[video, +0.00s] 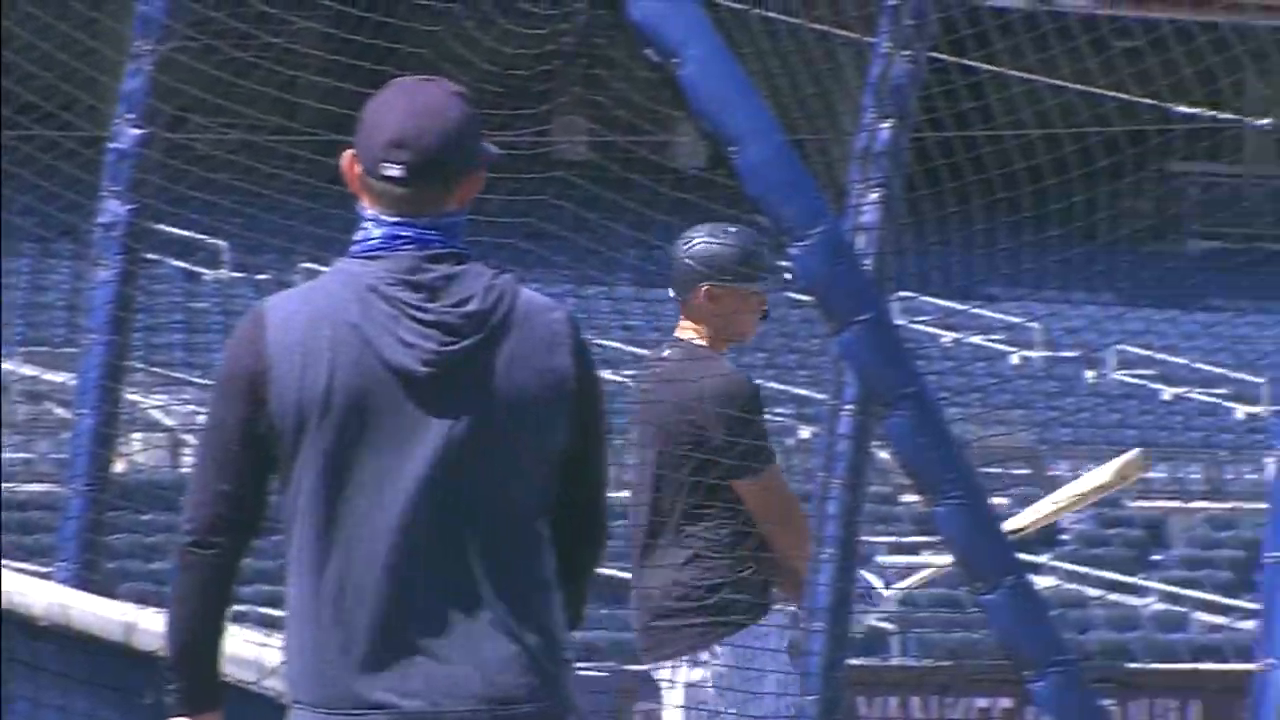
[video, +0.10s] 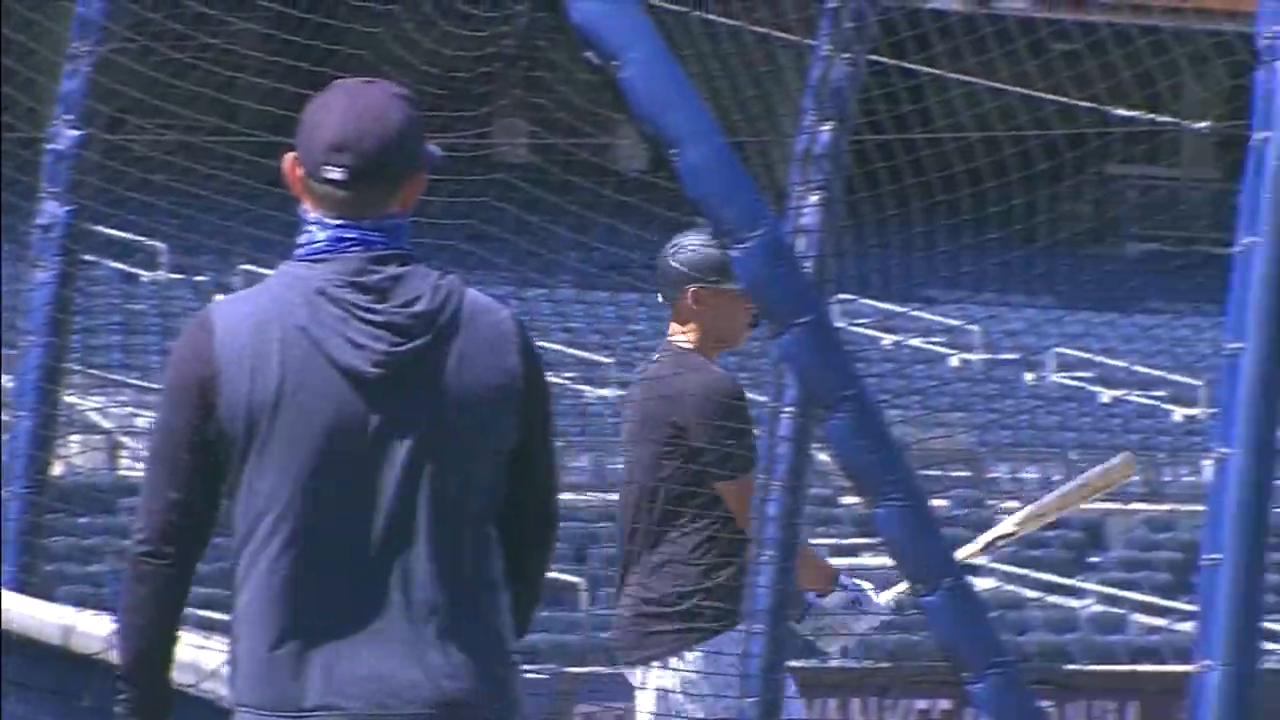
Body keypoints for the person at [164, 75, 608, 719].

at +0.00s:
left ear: (351, 172)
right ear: (473, 188)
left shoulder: (278, 332)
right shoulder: (546, 333)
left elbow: (212, 532)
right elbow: (581, 530)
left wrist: (196, 694)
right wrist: (536, 630)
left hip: (340, 696)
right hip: (513, 695)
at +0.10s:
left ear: (292, 177)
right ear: (417, 190)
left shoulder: (224, 338)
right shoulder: (496, 336)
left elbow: (162, 547)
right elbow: (531, 534)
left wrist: (146, 697)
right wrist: (477, 650)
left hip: (287, 692)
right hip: (458, 693)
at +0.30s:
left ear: (200, 184)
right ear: (324, 193)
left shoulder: (138, 347)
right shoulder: (412, 338)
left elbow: (89, 563)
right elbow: (454, 542)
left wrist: (89, 702)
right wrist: (411, 657)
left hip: (200, 699)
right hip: (379, 695)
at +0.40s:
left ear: (188, 186)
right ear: (310, 193)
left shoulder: (122, 346)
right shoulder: (399, 336)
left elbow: (76, 567)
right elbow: (444, 540)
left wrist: (91, 702)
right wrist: (400, 669)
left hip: (185, 699)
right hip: (365, 696)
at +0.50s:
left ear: (192, 188)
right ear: (315, 194)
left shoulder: (123, 346)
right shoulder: (401, 339)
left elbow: (77, 564)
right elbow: (448, 543)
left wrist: (101, 705)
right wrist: (417, 680)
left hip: (183, 698)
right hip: (362, 696)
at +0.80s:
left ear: (238, 185)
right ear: (360, 188)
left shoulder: (164, 337)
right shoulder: (443, 332)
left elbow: (119, 542)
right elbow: (497, 534)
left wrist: (141, 696)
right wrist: (488, 685)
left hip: (227, 696)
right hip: (401, 694)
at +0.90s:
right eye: (379, 153)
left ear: (249, 175)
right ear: (371, 175)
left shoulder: (175, 326)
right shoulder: (455, 320)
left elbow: (136, 531)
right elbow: (508, 522)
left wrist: (159, 690)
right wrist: (506, 681)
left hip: (233, 697)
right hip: (409, 695)